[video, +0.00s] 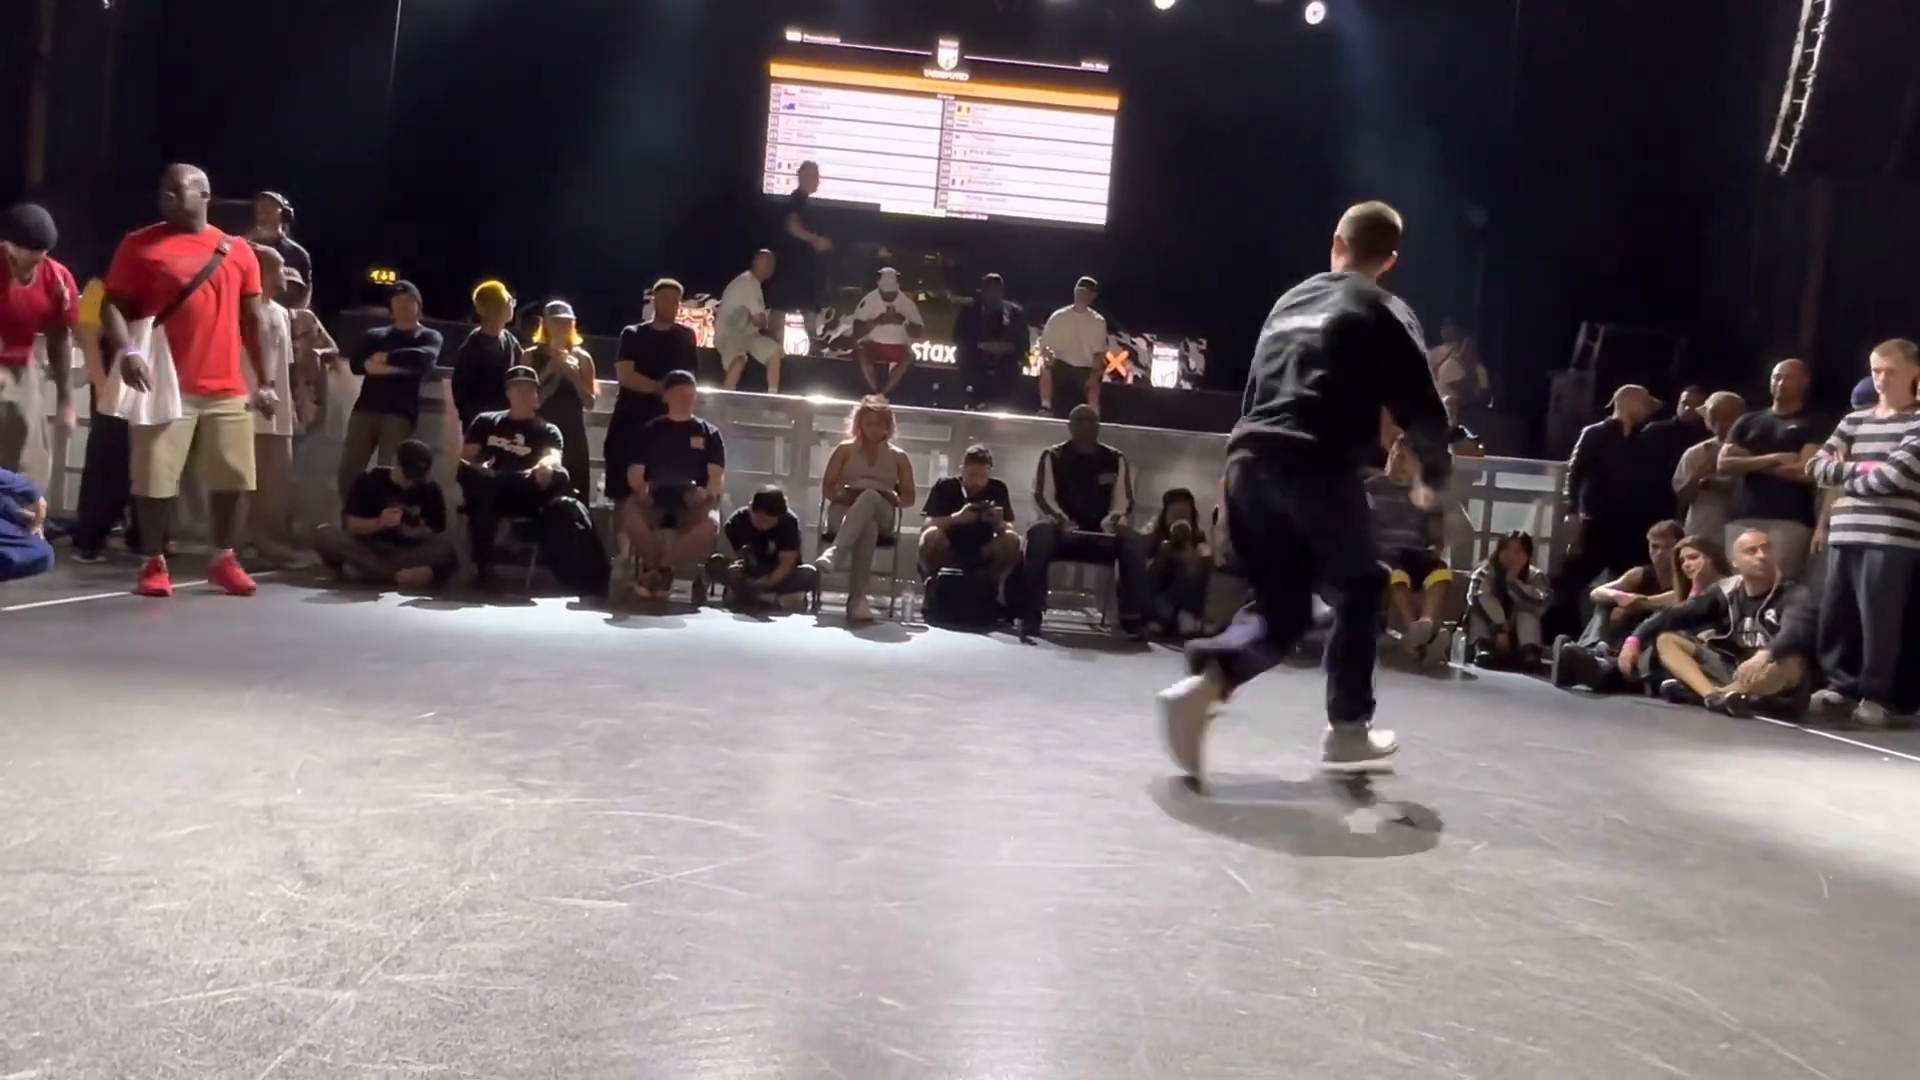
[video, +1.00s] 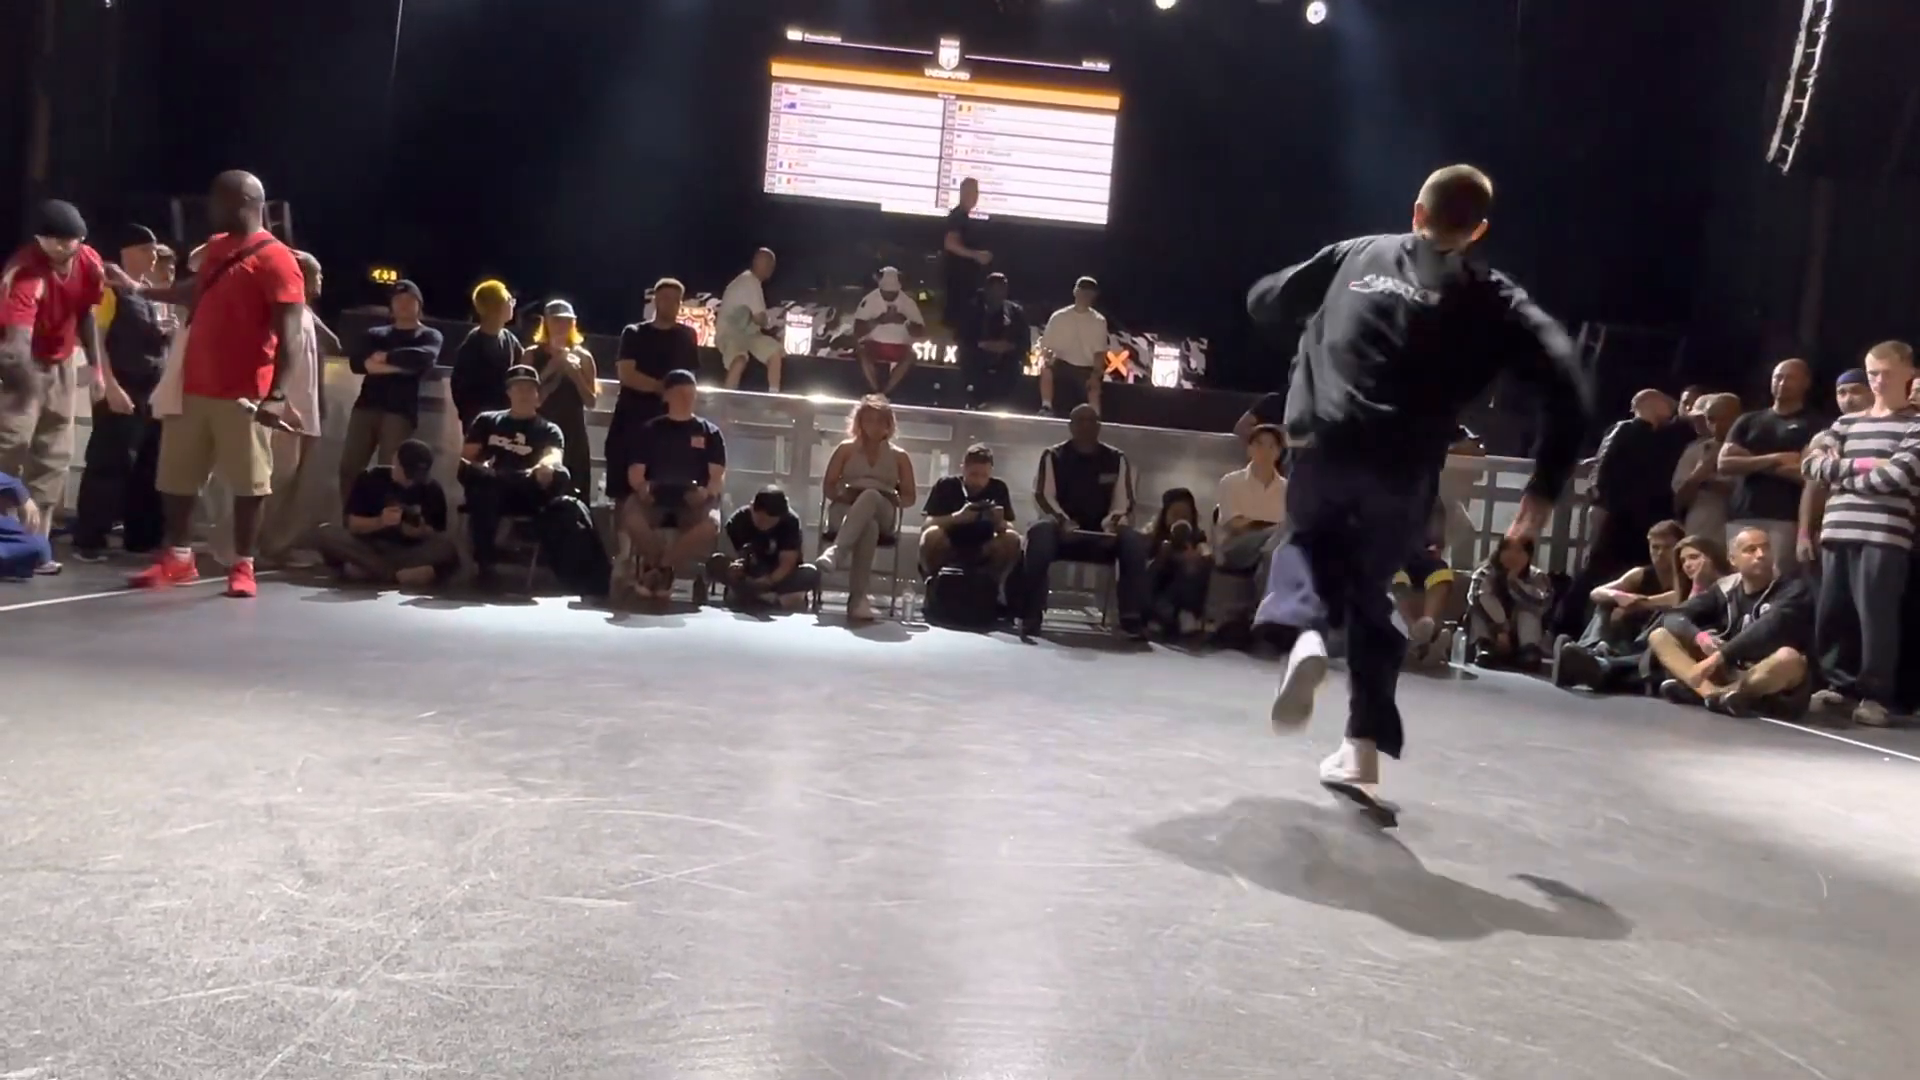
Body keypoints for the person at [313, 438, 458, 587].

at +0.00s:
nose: (407, 484)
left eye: (414, 480)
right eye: (405, 477)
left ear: (423, 474)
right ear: (395, 464)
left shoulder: (429, 489)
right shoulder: (369, 480)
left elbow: (437, 531)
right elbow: (351, 525)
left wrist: (415, 531)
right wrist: (380, 523)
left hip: (410, 550)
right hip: (369, 547)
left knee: (444, 550)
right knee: (323, 535)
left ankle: (370, 573)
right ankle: (394, 574)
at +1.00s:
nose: (408, 483)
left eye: (415, 480)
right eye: (405, 477)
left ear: (424, 473)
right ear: (396, 462)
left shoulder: (431, 489)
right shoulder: (370, 479)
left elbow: (438, 532)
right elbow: (353, 524)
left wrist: (419, 530)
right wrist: (381, 522)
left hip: (411, 549)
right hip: (369, 545)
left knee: (446, 550)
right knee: (324, 534)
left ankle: (372, 573)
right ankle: (393, 575)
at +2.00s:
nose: (401, 483)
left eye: (408, 480)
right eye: (397, 477)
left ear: (419, 471)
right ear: (387, 462)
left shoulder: (428, 489)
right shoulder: (365, 480)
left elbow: (432, 531)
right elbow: (347, 524)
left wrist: (407, 532)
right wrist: (367, 523)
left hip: (409, 550)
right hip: (368, 547)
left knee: (443, 548)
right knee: (326, 535)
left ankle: (370, 572)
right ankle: (393, 573)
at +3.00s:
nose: (394, 465)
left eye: (400, 459)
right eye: (388, 458)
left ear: (408, 463)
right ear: (377, 460)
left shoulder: (423, 495)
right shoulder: (358, 488)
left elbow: (432, 539)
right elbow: (338, 531)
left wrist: (402, 534)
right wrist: (363, 530)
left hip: (405, 553)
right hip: (364, 551)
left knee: (440, 551)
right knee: (322, 540)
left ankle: (366, 579)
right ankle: (391, 581)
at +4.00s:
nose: (371, 485)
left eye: (377, 480)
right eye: (366, 479)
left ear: (386, 483)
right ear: (356, 481)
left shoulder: (402, 515)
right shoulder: (338, 509)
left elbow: (413, 557)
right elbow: (320, 548)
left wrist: (384, 573)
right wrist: (341, 574)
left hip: (385, 575)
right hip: (346, 572)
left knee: (424, 573)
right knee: (301, 562)